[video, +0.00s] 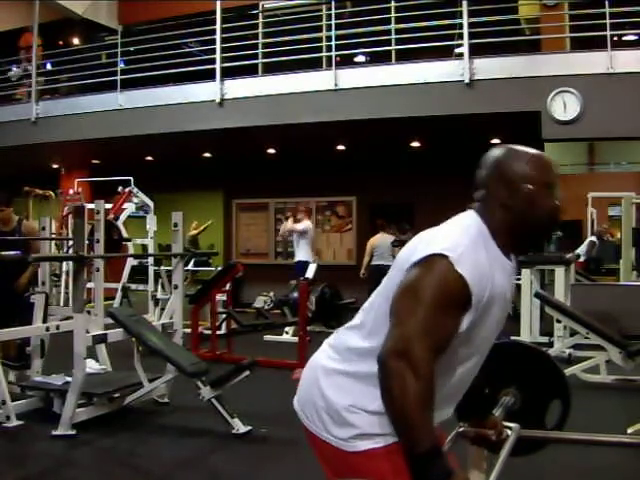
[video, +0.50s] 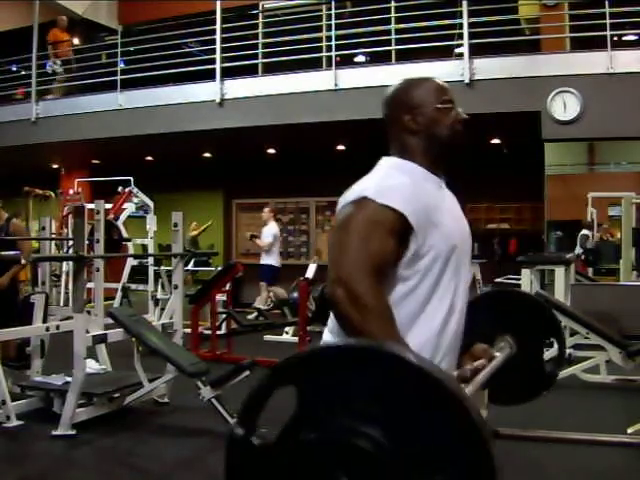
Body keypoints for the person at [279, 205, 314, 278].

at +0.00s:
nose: (298, 214)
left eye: (301, 212)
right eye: (298, 212)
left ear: (306, 214)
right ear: (297, 213)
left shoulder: (307, 224)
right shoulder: (298, 225)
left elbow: (291, 227)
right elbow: (282, 233)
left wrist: (290, 219)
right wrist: (285, 223)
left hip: (305, 257)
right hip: (298, 257)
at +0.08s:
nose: (293, 213)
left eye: (295, 211)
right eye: (293, 211)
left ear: (301, 213)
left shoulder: (302, 225)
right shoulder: (296, 225)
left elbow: (284, 234)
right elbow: (280, 236)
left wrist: (284, 222)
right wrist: (282, 226)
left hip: (299, 258)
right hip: (294, 258)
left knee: (286, 280)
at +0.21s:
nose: (284, 214)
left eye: (287, 211)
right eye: (285, 211)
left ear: (293, 213)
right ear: (292, 214)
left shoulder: (292, 226)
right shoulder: (295, 225)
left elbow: (281, 241)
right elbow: (282, 240)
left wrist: (275, 231)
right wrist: (277, 231)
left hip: (290, 260)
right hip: (295, 260)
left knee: (278, 281)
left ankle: (279, 308)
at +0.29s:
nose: (278, 214)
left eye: (281, 212)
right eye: (279, 212)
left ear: (287, 215)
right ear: (286, 215)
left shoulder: (285, 227)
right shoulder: (288, 226)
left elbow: (277, 243)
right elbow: (279, 242)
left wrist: (269, 235)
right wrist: (270, 234)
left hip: (284, 262)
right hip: (289, 261)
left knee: (275, 283)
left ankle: (269, 304)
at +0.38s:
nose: (272, 215)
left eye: (274, 213)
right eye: (273, 213)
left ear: (281, 215)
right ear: (280, 215)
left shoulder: (279, 228)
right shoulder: (282, 227)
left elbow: (273, 244)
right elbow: (275, 242)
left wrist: (263, 238)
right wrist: (266, 236)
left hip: (278, 262)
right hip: (283, 262)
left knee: (270, 284)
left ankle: (265, 307)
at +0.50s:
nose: (262, 215)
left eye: (265, 212)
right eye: (263, 212)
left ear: (271, 214)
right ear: (269, 214)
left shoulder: (270, 228)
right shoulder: (271, 227)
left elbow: (266, 245)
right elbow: (266, 244)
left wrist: (254, 239)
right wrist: (256, 238)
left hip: (269, 262)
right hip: (269, 262)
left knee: (264, 286)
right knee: (267, 286)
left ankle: (258, 309)